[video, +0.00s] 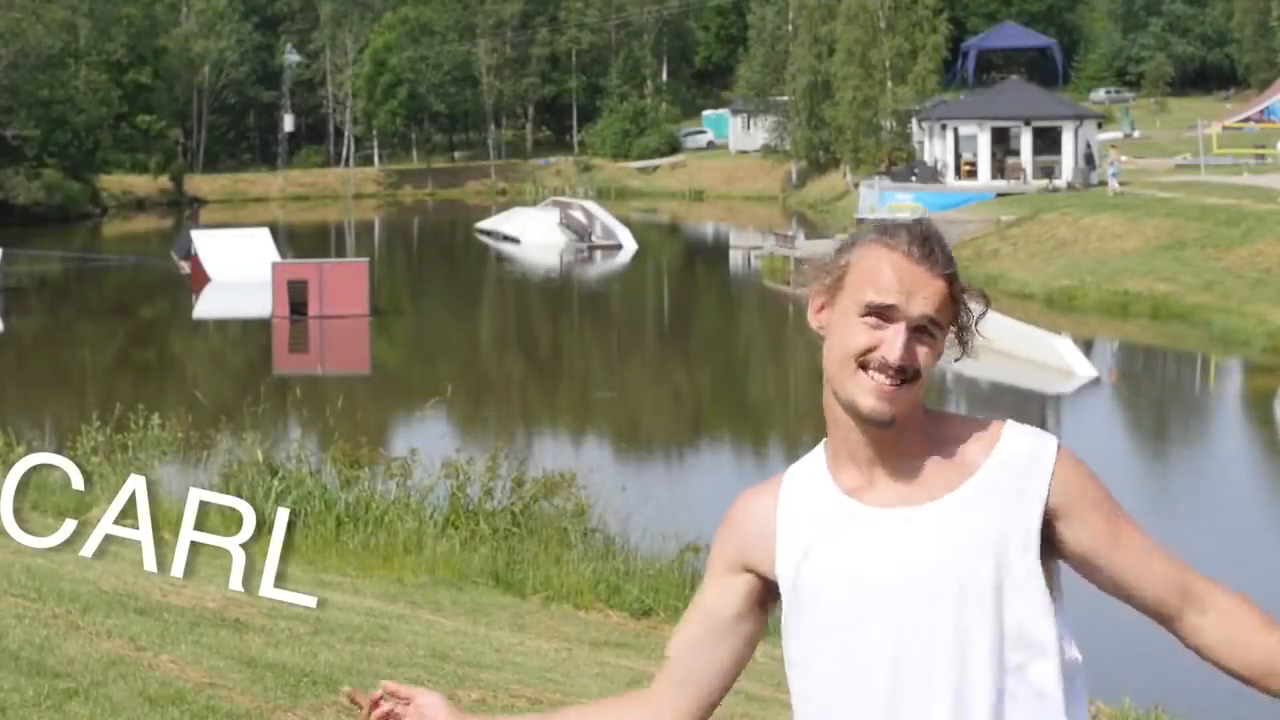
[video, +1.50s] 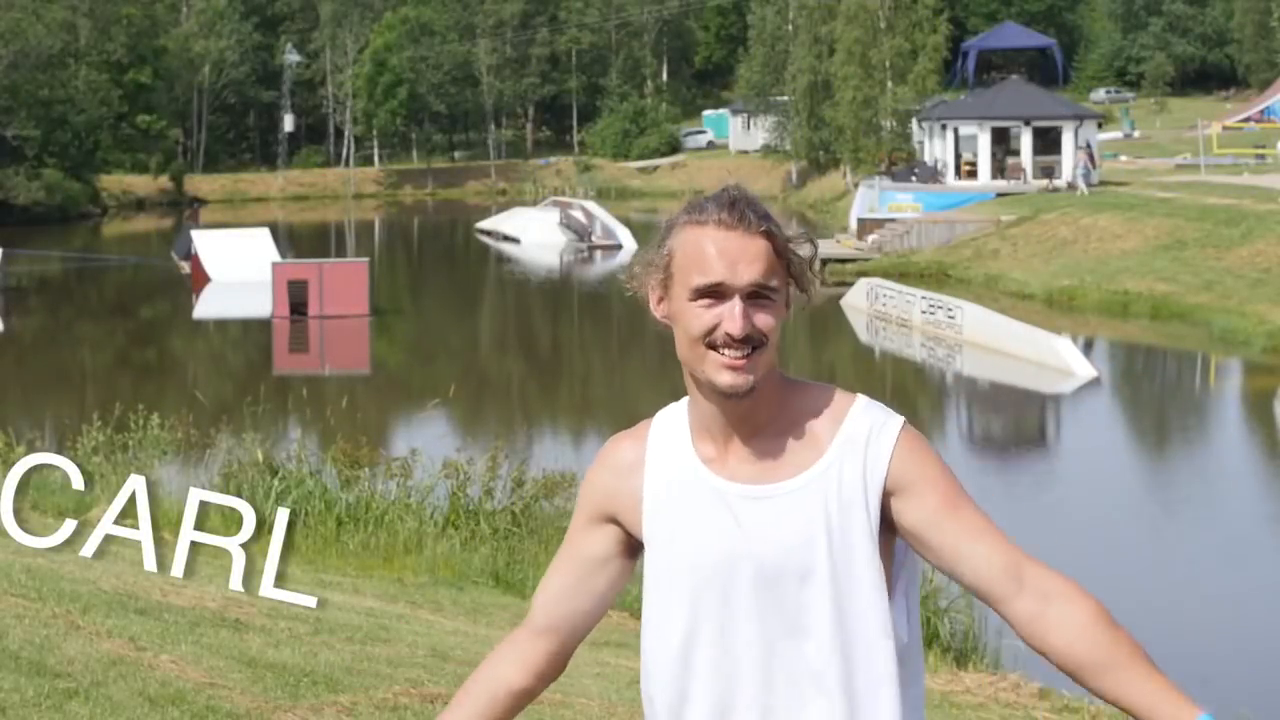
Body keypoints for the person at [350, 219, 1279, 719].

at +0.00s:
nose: (899, 346)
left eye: (925, 328)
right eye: (876, 316)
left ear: (948, 344)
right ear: (818, 318)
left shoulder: (1028, 468)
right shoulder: (764, 520)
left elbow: (1196, 609)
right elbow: (662, 707)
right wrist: (464, 719)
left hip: (1021, 715)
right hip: (853, 718)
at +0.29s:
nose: (959, 387)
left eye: (986, 367)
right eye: (943, 349)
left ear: (1001, 376)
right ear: (883, 326)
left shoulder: (1033, 503)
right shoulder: (803, 518)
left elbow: (1073, 677)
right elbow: (755, 703)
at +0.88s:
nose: (1011, 343)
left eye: (1015, 316)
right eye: (978, 318)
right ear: (892, 331)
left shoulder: (1050, 481)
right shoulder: (817, 487)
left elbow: (1106, 643)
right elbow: (779, 703)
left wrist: (1191, 712)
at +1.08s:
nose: (979, 332)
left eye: (981, 309)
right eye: (955, 307)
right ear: (862, 314)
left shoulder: (1024, 459)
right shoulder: (750, 483)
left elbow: (1194, 528)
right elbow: (644, 658)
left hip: (994, 711)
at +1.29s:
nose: (857, 319)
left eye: (865, 293)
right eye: (828, 295)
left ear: (873, 299)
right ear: (737, 302)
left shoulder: (939, 434)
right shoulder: (676, 472)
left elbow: (1131, 498)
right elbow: (571, 615)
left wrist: (1278, 519)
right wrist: (408, 641)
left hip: (917, 713)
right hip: (745, 715)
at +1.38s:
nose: (798, 316)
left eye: (813, 292)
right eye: (765, 294)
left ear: (832, 302)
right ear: (694, 307)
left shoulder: (905, 437)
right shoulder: (652, 471)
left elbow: (1101, 535)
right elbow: (563, 626)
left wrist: (1266, 598)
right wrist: (406, 676)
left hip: (890, 711)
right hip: (725, 714)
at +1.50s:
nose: (737, 321)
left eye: (760, 295)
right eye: (709, 295)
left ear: (788, 303)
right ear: (662, 305)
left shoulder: (874, 443)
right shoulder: (627, 470)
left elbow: (1026, 592)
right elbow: (532, 645)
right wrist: (445, 719)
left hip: (859, 715)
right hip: (697, 715)